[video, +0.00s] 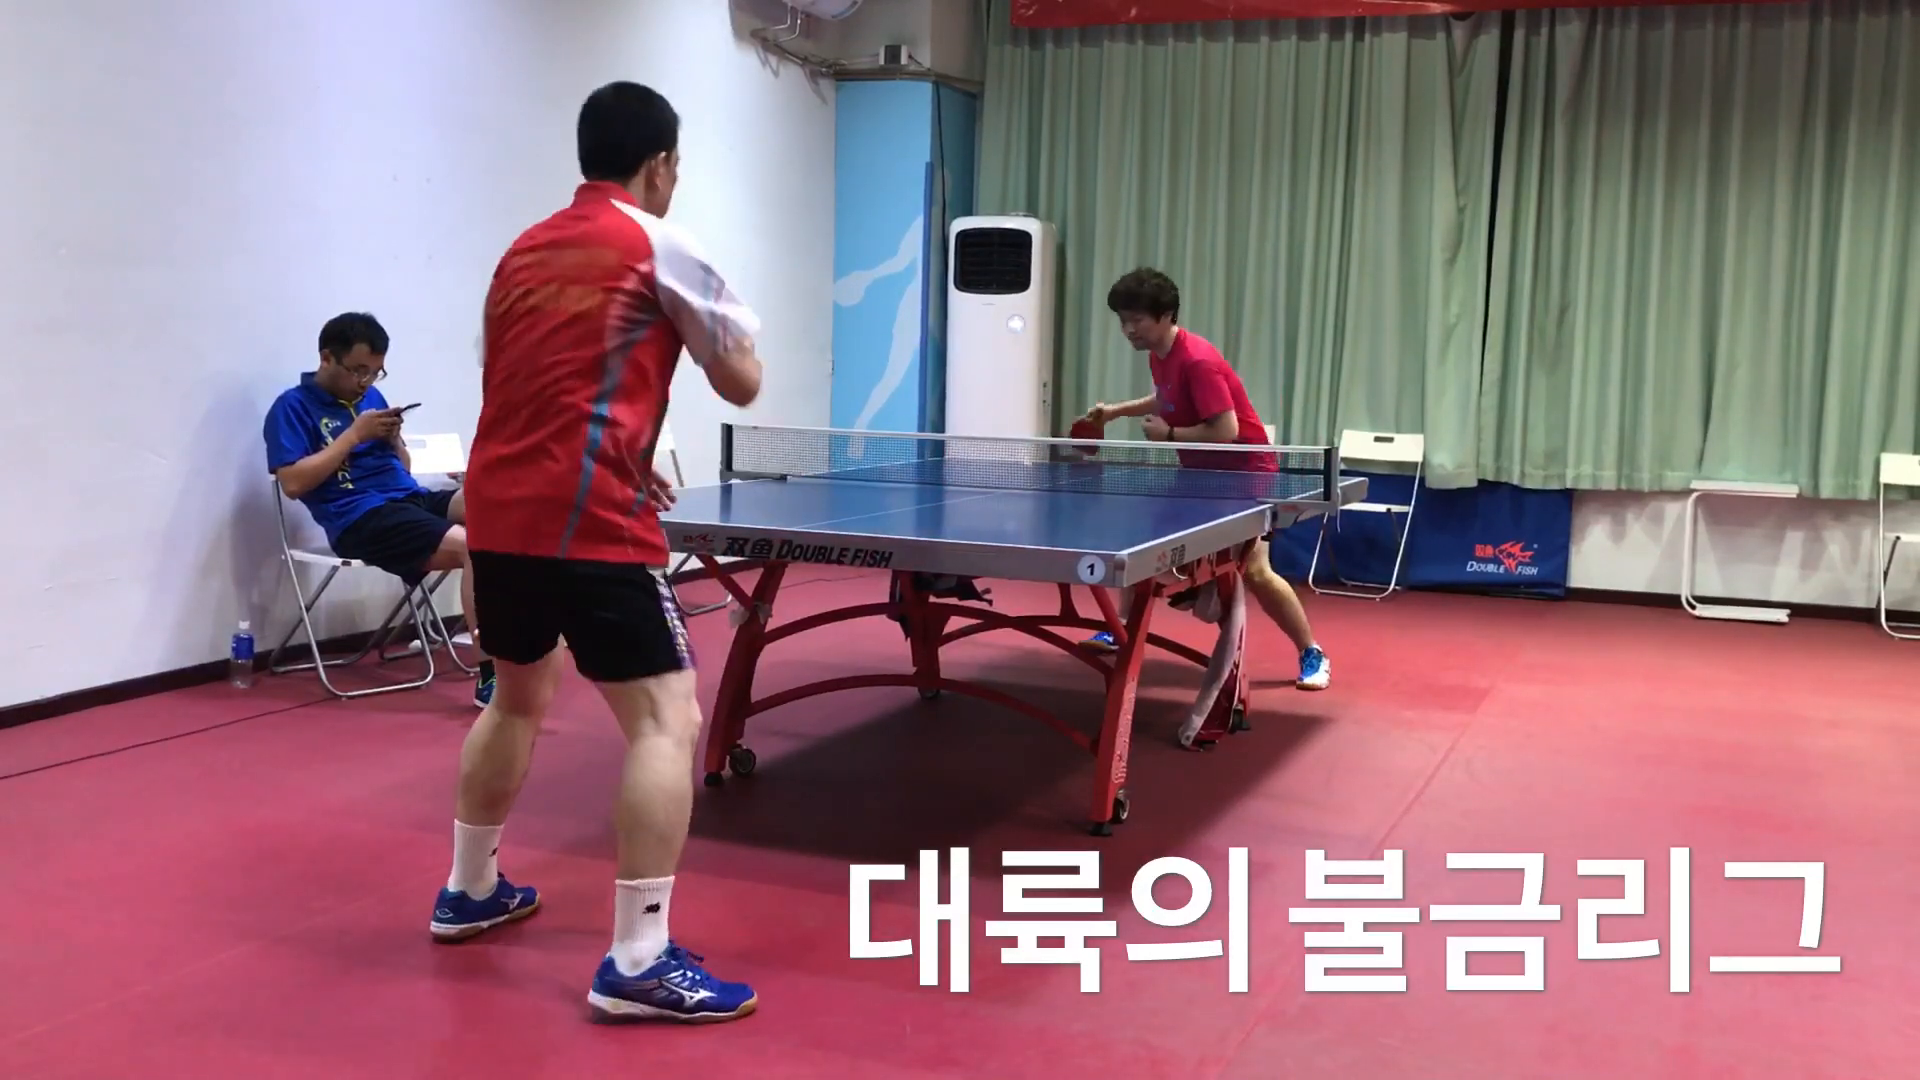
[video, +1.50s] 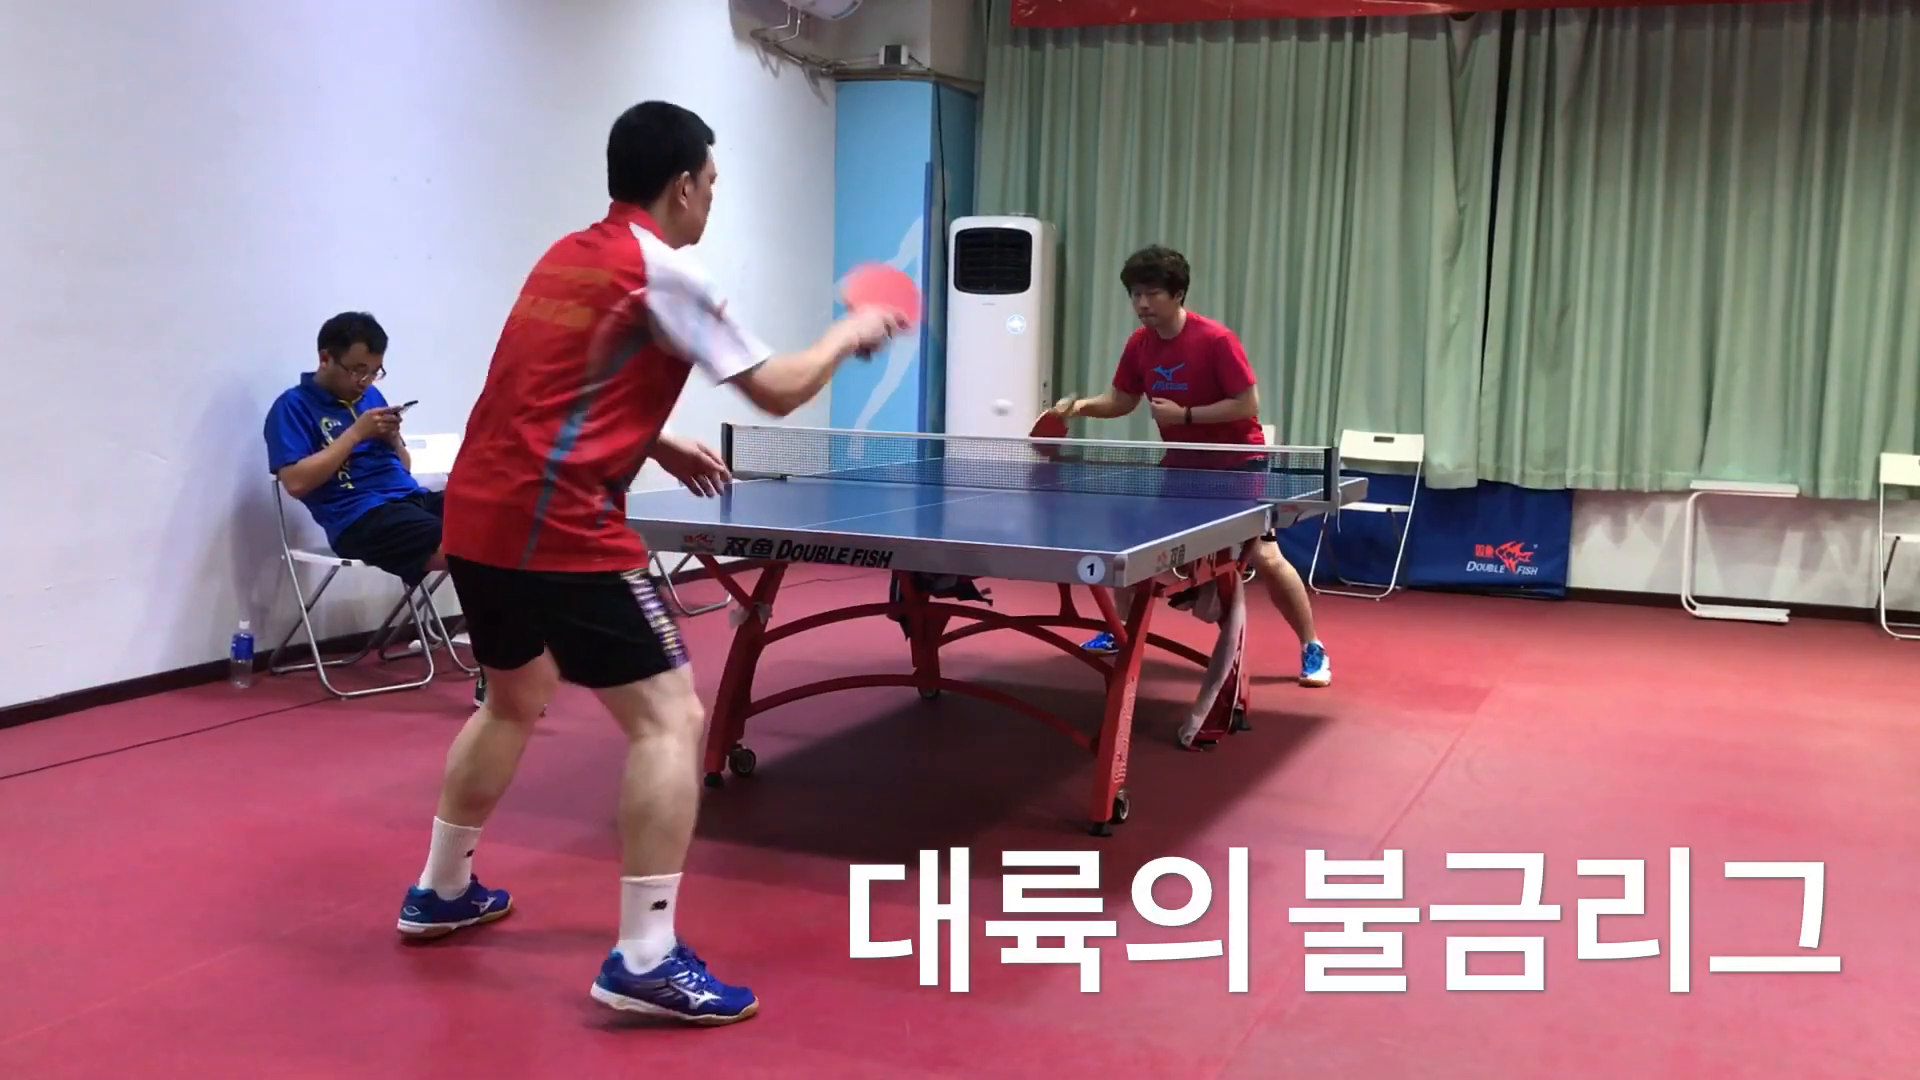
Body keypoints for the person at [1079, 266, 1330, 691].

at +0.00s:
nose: (1128, 330)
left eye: (1136, 321)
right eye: (1123, 321)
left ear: (1166, 316)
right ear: (1120, 321)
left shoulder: (1196, 361)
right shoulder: (1158, 356)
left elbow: (1226, 430)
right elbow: (1169, 402)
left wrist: (1171, 434)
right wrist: (1115, 410)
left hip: (1247, 473)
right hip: (1199, 472)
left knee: (1256, 572)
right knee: (1139, 539)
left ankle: (1311, 652)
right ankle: (1128, 631)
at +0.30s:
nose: (1156, 312)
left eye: (1165, 302)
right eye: (1151, 303)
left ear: (1195, 300)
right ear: (1148, 302)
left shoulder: (1239, 345)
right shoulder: (1156, 345)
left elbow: (1268, 413)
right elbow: (1109, 394)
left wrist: (1201, 417)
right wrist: (1104, 365)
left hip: (1260, 468)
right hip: (1203, 469)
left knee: (1274, 557)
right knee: (1154, 544)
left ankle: (1312, 652)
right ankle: (1127, 633)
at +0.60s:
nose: (1153, 307)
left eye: (1162, 297)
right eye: (1146, 298)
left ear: (1188, 298)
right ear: (1140, 301)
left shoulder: (1227, 344)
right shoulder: (1141, 351)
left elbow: (1258, 408)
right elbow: (1113, 414)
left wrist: (1197, 418)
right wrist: (1094, 394)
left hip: (1241, 469)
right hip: (1183, 469)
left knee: (1269, 557)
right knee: (1140, 546)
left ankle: (1313, 651)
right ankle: (1123, 634)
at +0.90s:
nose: (1136, 332)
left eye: (1141, 323)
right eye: (1132, 325)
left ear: (1171, 318)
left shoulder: (1208, 364)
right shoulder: (1166, 356)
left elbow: (1233, 434)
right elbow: (1168, 400)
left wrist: (1178, 435)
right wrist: (1104, 398)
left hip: (1253, 476)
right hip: (1206, 473)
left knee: (1259, 575)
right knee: (1145, 538)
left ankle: (1311, 651)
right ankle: (1126, 632)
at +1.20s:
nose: (1156, 307)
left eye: (1165, 298)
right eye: (1151, 298)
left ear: (1193, 296)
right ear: (1147, 298)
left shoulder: (1238, 340)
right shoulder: (1151, 344)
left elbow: (1268, 406)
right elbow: (1100, 393)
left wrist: (1205, 413)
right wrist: (1095, 366)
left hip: (1257, 468)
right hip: (1198, 469)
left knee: (1278, 555)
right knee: (1151, 543)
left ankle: (1313, 648)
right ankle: (1125, 634)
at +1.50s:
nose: (1141, 303)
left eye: (1151, 293)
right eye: (1135, 294)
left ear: (1178, 294)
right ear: (1131, 297)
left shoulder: (1216, 340)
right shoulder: (1140, 344)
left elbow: (1248, 405)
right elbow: (1123, 400)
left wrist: (1185, 414)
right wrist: (1082, 405)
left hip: (1239, 468)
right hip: (1182, 469)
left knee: (1266, 556)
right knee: (1139, 542)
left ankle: (1312, 646)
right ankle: (1124, 631)